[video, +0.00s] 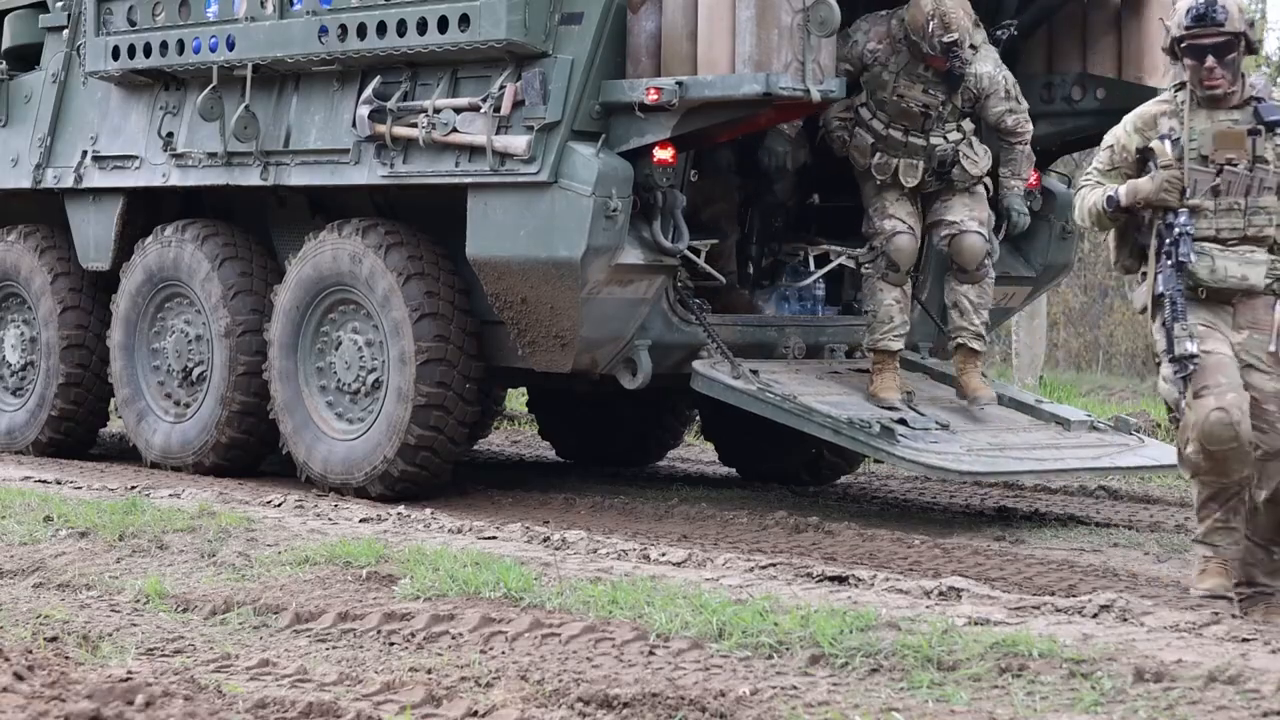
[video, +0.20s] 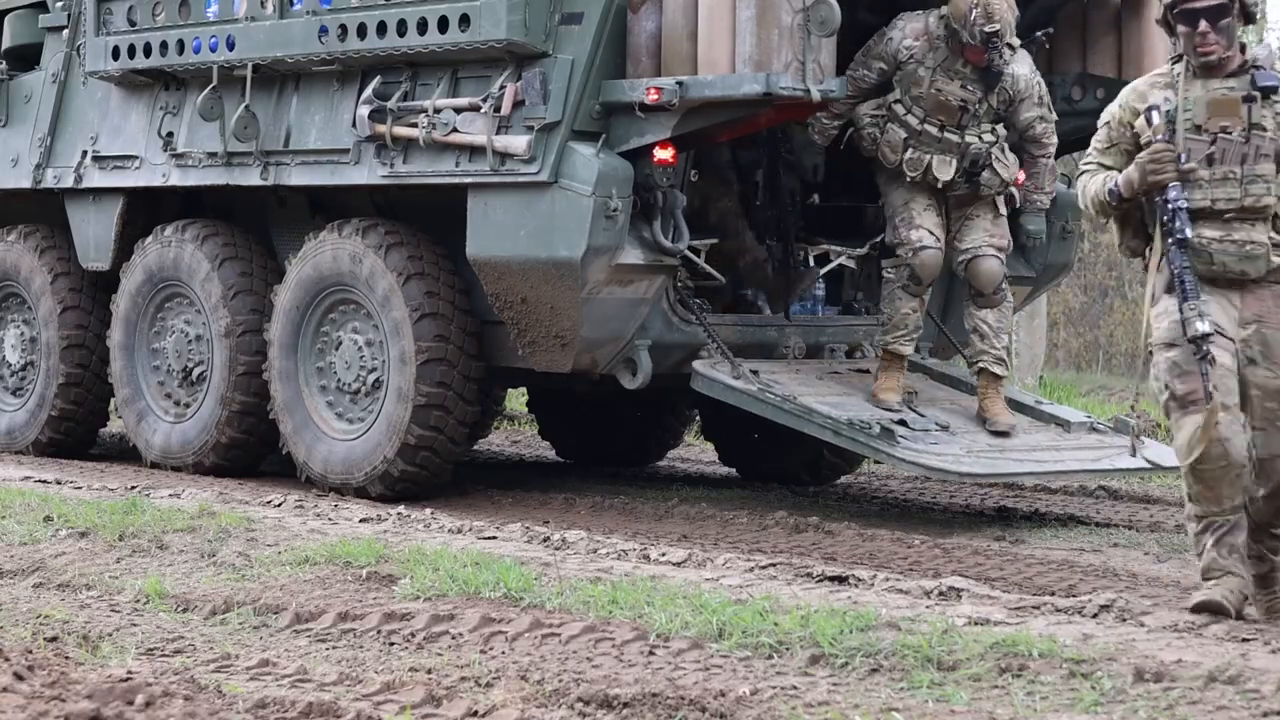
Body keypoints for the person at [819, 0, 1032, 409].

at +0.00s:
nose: (953, 61)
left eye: (959, 50)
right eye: (942, 52)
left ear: (969, 37)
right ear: (917, 37)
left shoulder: (983, 65)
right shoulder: (874, 38)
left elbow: (1015, 131)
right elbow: (821, 69)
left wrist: (1015, 194)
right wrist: (843, 132)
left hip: (957, 169)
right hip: (887, 164)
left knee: (971, 247)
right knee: (897, 247)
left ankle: (969, 367)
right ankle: (885, 368)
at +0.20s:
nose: (985, 58)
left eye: (994, 49)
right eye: (978, 47)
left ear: (1006, 39)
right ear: (956, 30)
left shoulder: (1017, 70)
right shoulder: (910, 36)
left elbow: (1040, 141)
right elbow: (857, 83)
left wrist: (1036, 208)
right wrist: (821, 131)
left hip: (979, 179)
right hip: (910, 169)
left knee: (987, 272)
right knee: (920, 259)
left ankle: (992, 392)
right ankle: (892, 370)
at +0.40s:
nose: (1012, 33)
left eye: (1024, 22)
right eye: (1007, 18)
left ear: (1034, 22)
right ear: (984, 10)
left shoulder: (1041, 65)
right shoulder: (933, 34)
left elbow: (1071, 143)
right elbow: (874, 85)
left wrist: (1082, 208)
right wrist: (828, 134)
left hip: (1003, 179)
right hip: (931, 167)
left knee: (1009, 278)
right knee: (949, 251)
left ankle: (994, 392)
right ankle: (949, 376)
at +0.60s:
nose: (1020, 26)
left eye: (1028, 18)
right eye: (1012, 15)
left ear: (1037, 15)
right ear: (986, 6)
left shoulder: (1049, 49)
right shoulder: (937, 37)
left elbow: (1094, 113)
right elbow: (878, 93)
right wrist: (836, 147)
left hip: (1020, 184)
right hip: (953, 180)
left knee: (1030, 296)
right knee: (977, 285)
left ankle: (997, 391)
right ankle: (968, 408)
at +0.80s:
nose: (1025, 28)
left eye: (1032, 20)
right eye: (1016, 18)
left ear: (1041, 19)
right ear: (991, 13)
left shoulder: (1062, 57)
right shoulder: (946, 57)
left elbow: (1115, 108)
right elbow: (898, 134)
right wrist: (865, 204)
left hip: (1036, 201)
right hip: (967, 200)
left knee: (1074, 294)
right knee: (996, 295)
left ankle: (1036, 400)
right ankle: (975, 419)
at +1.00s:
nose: (1040, 35)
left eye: (1047, 26)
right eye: (1030, 25)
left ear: (1056, 24)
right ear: (1003, 22)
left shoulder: (1075, 60)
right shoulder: (967, 66)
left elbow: (1132, 68)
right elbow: (900, 109)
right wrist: (881, 165)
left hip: (1053, 216)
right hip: (984, 216)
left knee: (1071, 340)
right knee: (1013, 325)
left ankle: (1083, 443)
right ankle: (976, 427)